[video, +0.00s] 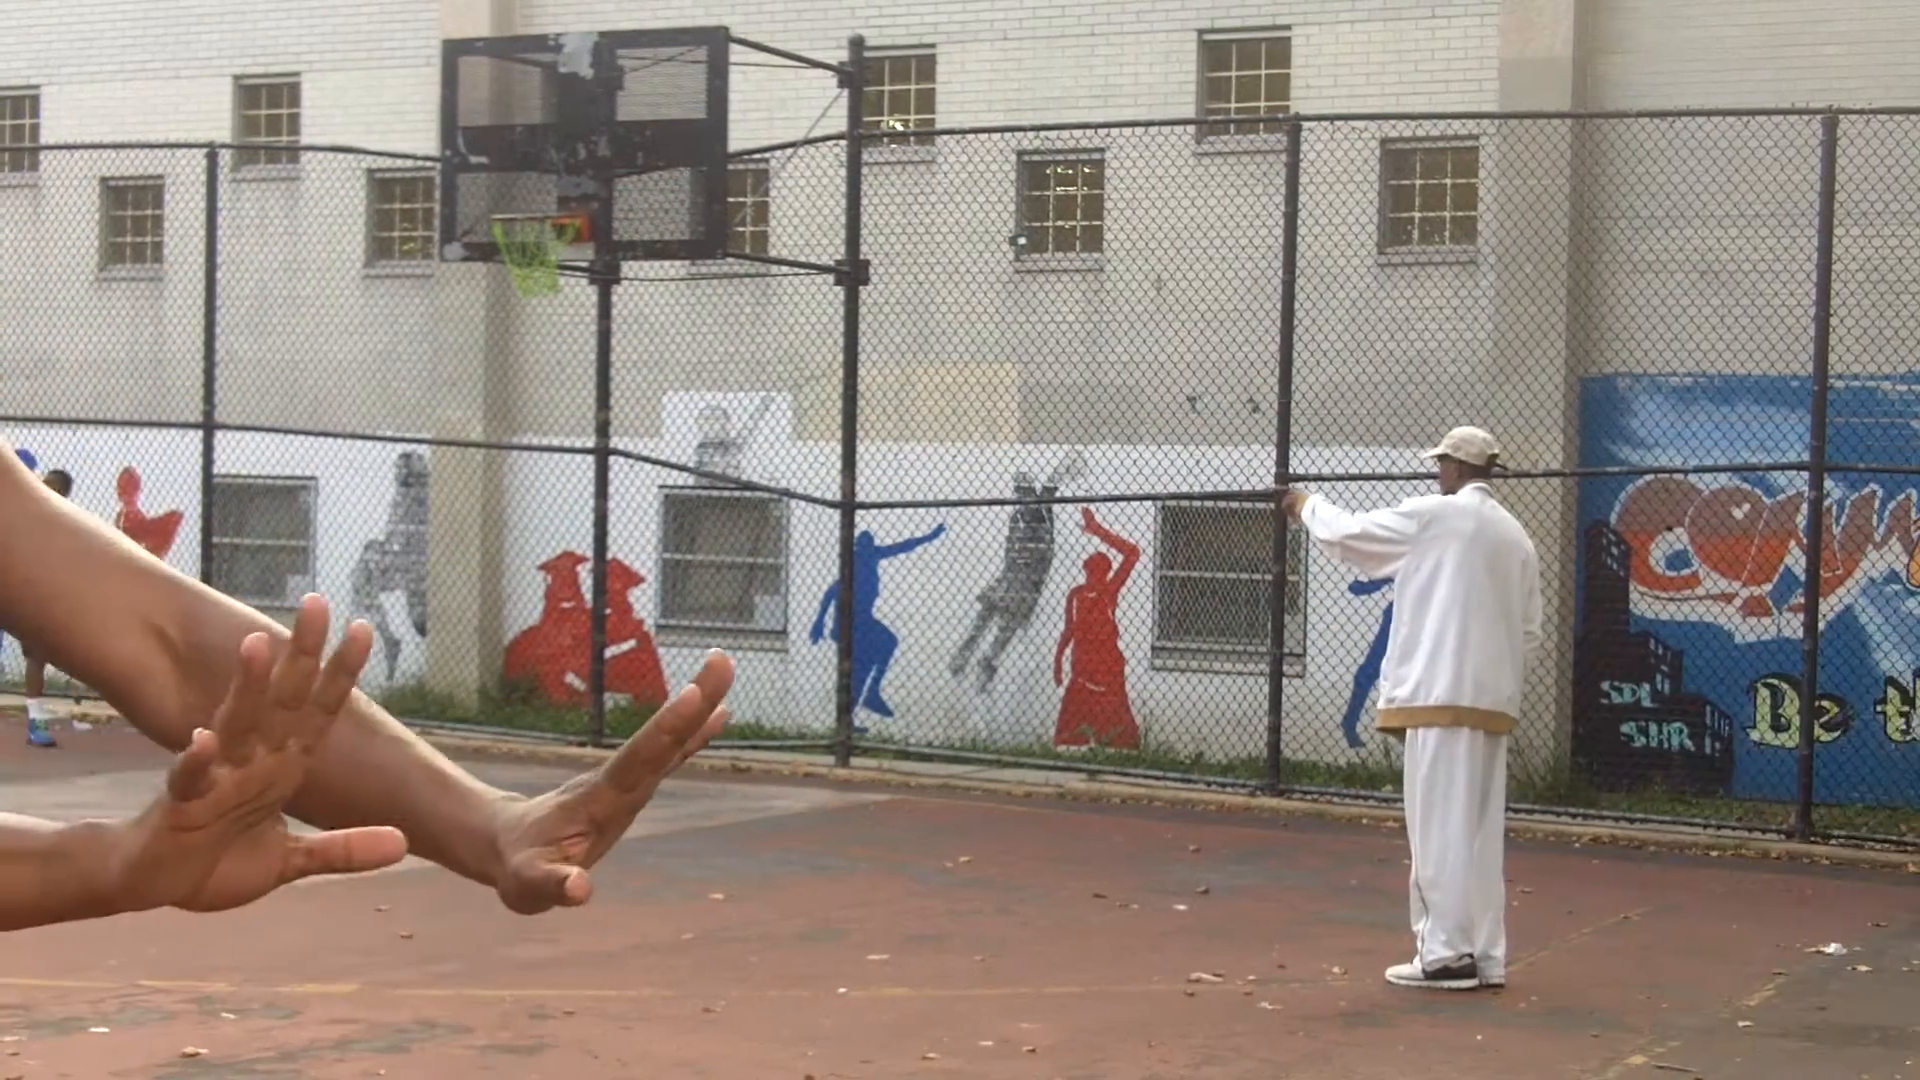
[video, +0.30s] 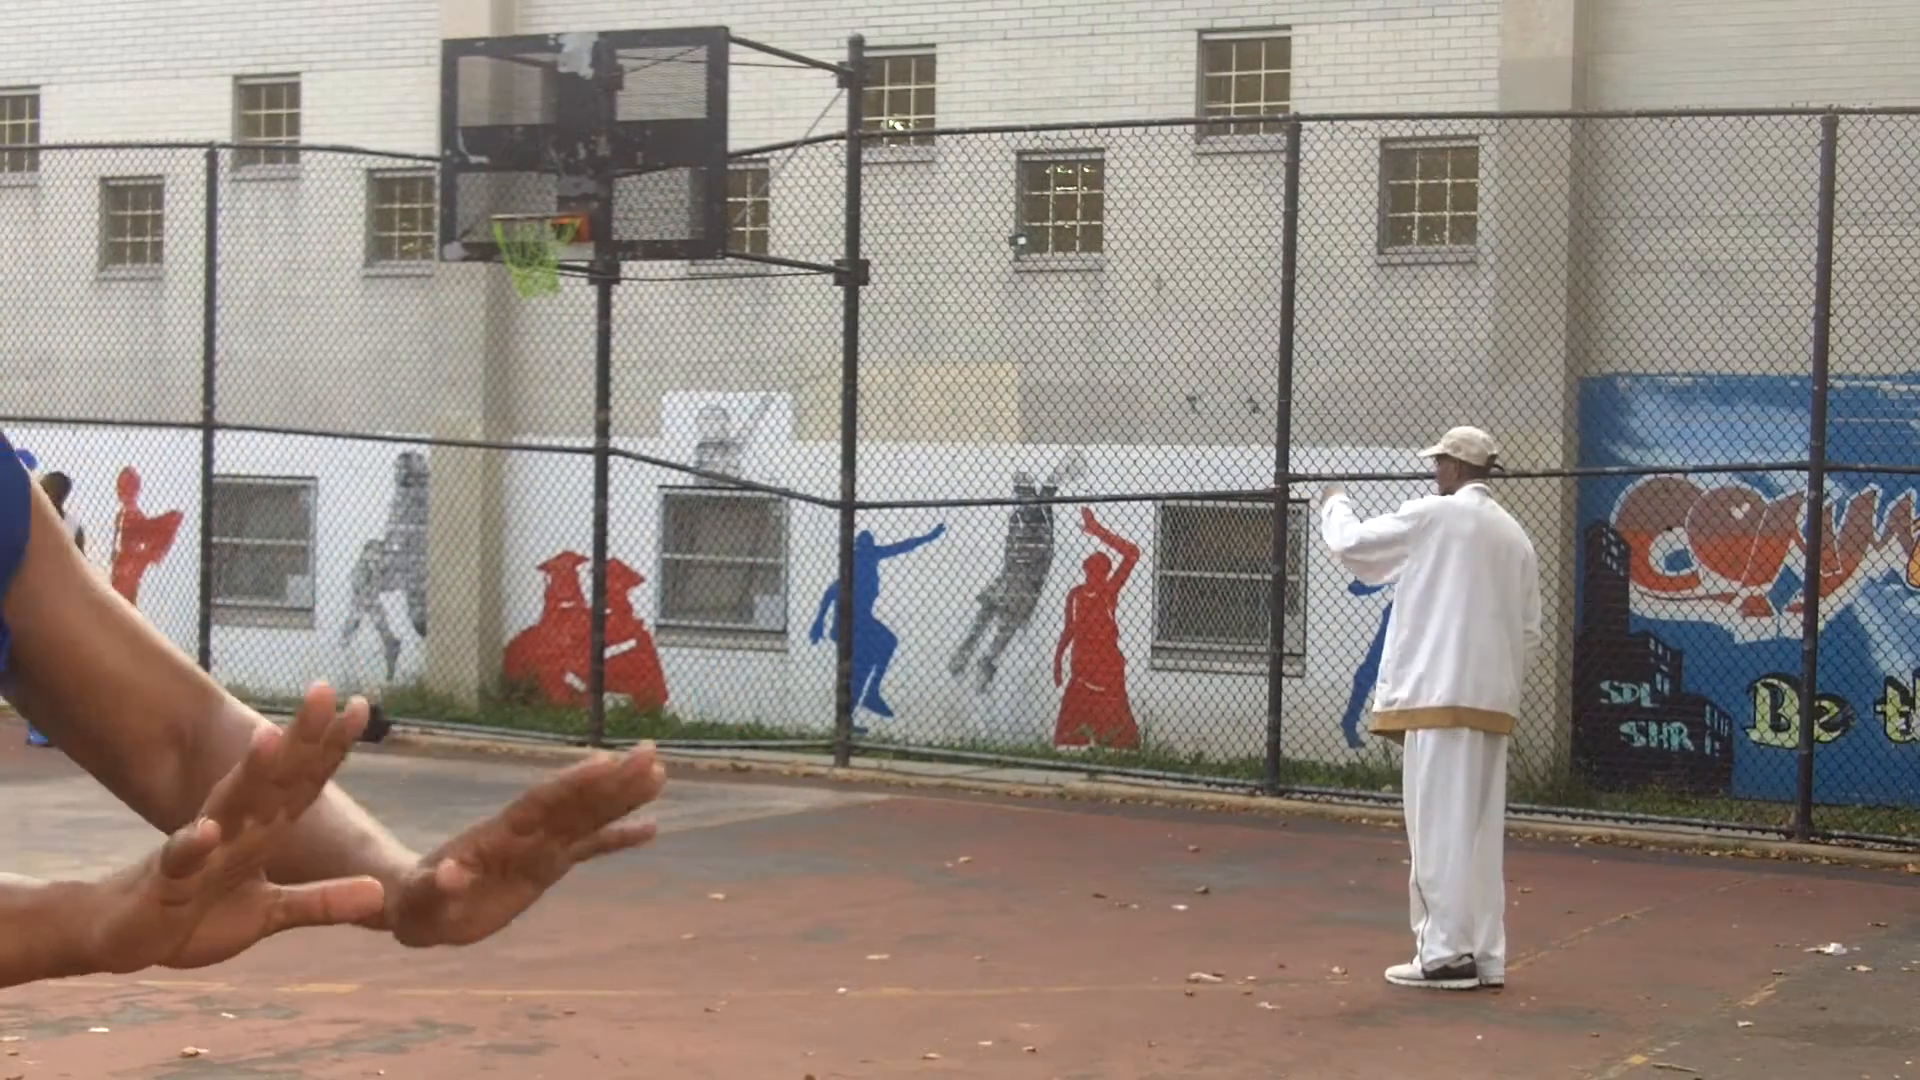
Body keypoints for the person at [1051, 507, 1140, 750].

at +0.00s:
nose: (1096, 575)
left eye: (1101, 570)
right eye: (1093, 569)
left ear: (1106, 572)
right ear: (1086, 569)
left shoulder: (1112, 589)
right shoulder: (1076, 593)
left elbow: (1132, 553)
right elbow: (1069, 629)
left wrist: (1098, 531)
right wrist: (1058, 658)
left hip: (1108, 656)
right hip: (1083, 656)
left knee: (1111, 703)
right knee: (1078, 702)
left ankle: (1120, 745)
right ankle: (1071, 745)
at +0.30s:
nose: (1097, 575)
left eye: (1101, 570)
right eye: (1093, 569)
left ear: (1106, 572)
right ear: (1086, 569)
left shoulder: (1112, 589)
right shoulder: (1076, 593)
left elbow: (1132, 554)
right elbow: (1069, 629)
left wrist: (1098, 531)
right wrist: (1058, 659)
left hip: (1108, 657)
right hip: (1083, 657)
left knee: (1111, 704)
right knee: (1078, 704)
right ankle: (1071, 745)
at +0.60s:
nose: (1097, 575)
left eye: (1101, 570)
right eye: (1093, 569)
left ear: (1107, 572)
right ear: (1086, 569)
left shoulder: (1112, 589)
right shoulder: (1076, 593)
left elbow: (1132, 554)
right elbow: (1069, 629)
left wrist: (1098, 531)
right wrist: (1058, 660)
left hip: (1108, 657)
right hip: (1082, 657)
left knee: (1111, 704)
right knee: (1078, 704)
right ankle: (1071, 745)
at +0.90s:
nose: (1097, 575)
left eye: (1101, 570)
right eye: (1093, 569)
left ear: (1107, 572)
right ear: (1086, 569)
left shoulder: (1112, 589)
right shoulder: (1076, 593)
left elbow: (1132, 554)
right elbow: (1069, 628)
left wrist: (1098, 531)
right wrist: (1058, 659)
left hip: (1108, 657)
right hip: (1082, 657)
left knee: (1111, 705)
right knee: (1078, 705)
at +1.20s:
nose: (1097, 575)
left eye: (1101, 570)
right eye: (1093, 569)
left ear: (1107, 572)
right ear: (1086, 569)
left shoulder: (1112, 589)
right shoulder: (1076, 593)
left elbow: (1132, 554)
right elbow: (1069, 628)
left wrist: (1098, 531)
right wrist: (1058, 659)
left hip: (1108, 657)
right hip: (1082, 657)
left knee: (1111, 705)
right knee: (1078, 705)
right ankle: (1070, 746)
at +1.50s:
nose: (1096, 575)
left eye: (1100, 570)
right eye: (1093, 569)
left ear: (1106, 572)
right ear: (1086, 569)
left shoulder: (1112, 589)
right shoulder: (1076, 594)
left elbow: (1132, 554)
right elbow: (1070, 628)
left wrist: (1099, 531)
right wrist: (1058, 658)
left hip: (1109, 658)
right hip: (1083, 658)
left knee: (1112, 706)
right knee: (1077, 705)